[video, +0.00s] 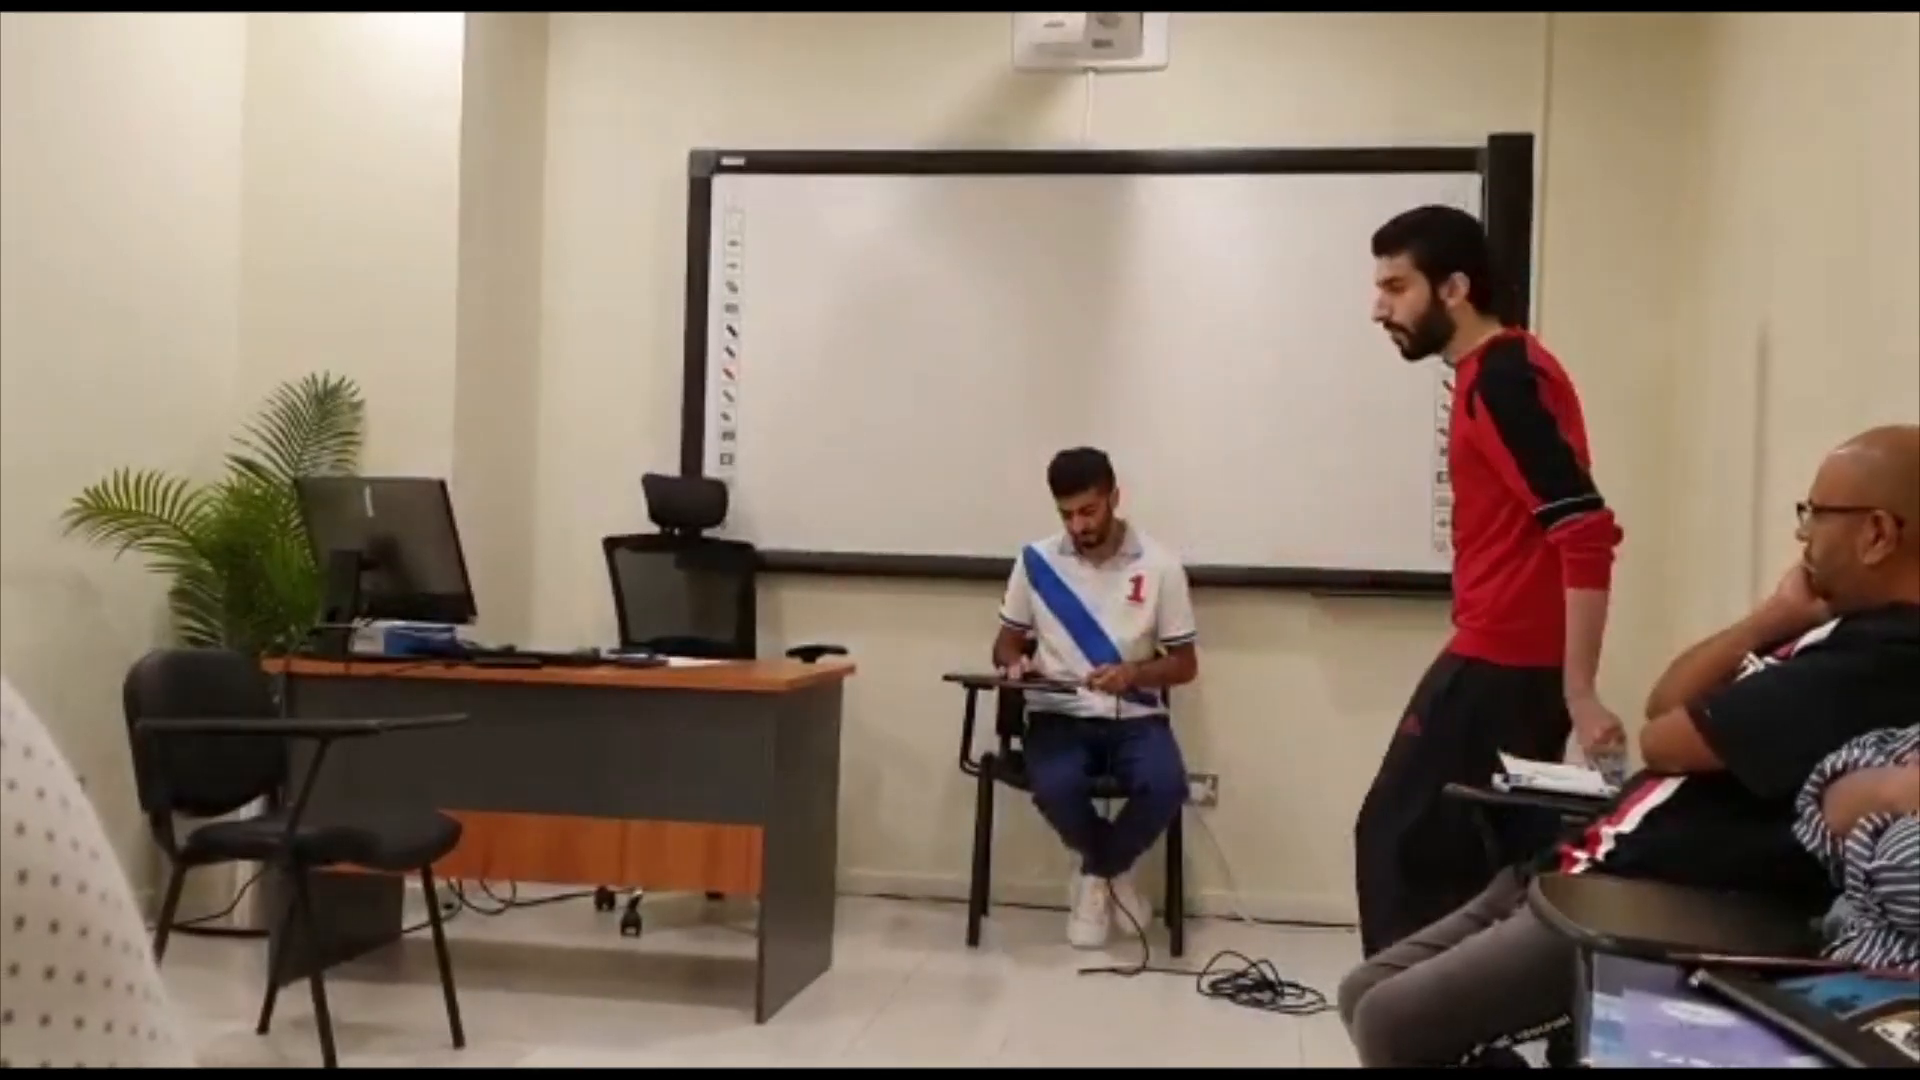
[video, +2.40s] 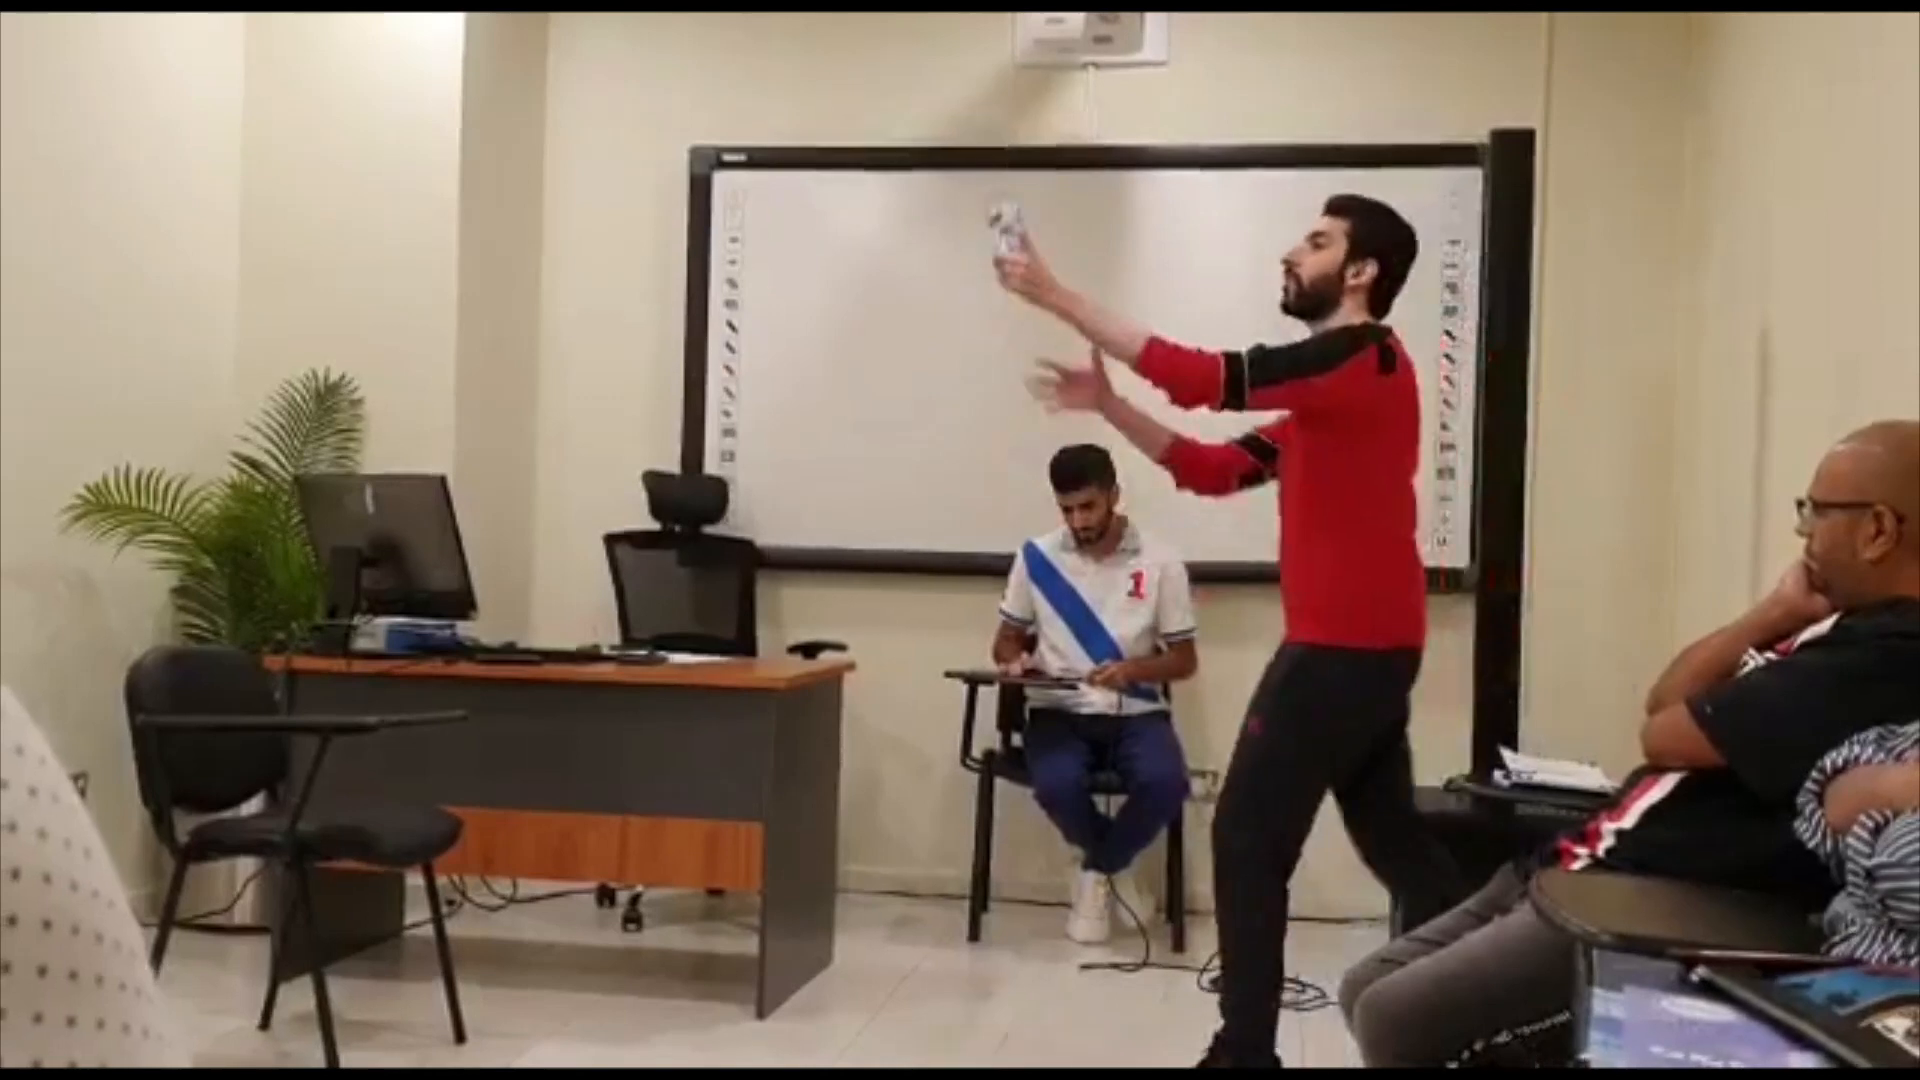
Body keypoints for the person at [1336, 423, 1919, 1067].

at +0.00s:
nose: (1800, 538)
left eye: (1813, 517)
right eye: (1804, 516)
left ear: (1880, 534)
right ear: (1880, 534)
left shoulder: (1882, 654)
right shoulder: (1854, 629)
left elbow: (1664, 745)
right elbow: (1665, 703)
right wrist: (1779, 614)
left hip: (1638, 907)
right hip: (1589, 866)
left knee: (1389, 1024)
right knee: (1364, 990)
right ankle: (1488, 1062)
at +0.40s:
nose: (1800, 537)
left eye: (1813, 517)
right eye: (1804, 516)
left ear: (1880, 534)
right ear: (1880, 535)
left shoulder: (1882, 654)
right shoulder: (1856, 630)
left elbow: (1667, 745)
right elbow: (1665, 705)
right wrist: (1781, 614)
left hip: (1635, 909)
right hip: (1585, 866)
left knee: (1387, 1023)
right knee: (1366, 989)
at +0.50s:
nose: (1800, 536)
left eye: (1813, 516)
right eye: (1805, 515)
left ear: (1880, 535)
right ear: (1880, 535)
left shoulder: (1880, 655)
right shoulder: (1857, 630)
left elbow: (1667, 744)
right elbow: (1666, 706)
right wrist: (1781, 614)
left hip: (1631, 910)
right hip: (1582, 867)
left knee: (1388, 1023)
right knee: (1367, 991)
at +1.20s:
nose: (1799, 535)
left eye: (1811, 516)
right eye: (1803, 515)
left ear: (1878, 534)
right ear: (1879, 534)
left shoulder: (1879, 654)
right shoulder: (1853, 628)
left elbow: (1664, 743)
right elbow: (1663, 702)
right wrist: (1780, 612)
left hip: (1626, 909)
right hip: (1578, 866)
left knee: (1385, 1023)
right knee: (1362, 990)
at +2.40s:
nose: (1804, 536)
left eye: (1814, 515)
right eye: (1807, 515)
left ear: (1880, 531)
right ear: (1881, 531)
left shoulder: (1884, 652)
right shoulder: (1859, 631)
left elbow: (1667, 739)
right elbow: (1666, 703)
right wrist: (1784, 610)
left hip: (1628, 911)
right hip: (1580, 867)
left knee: (1390, 1023)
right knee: (1365, 988)